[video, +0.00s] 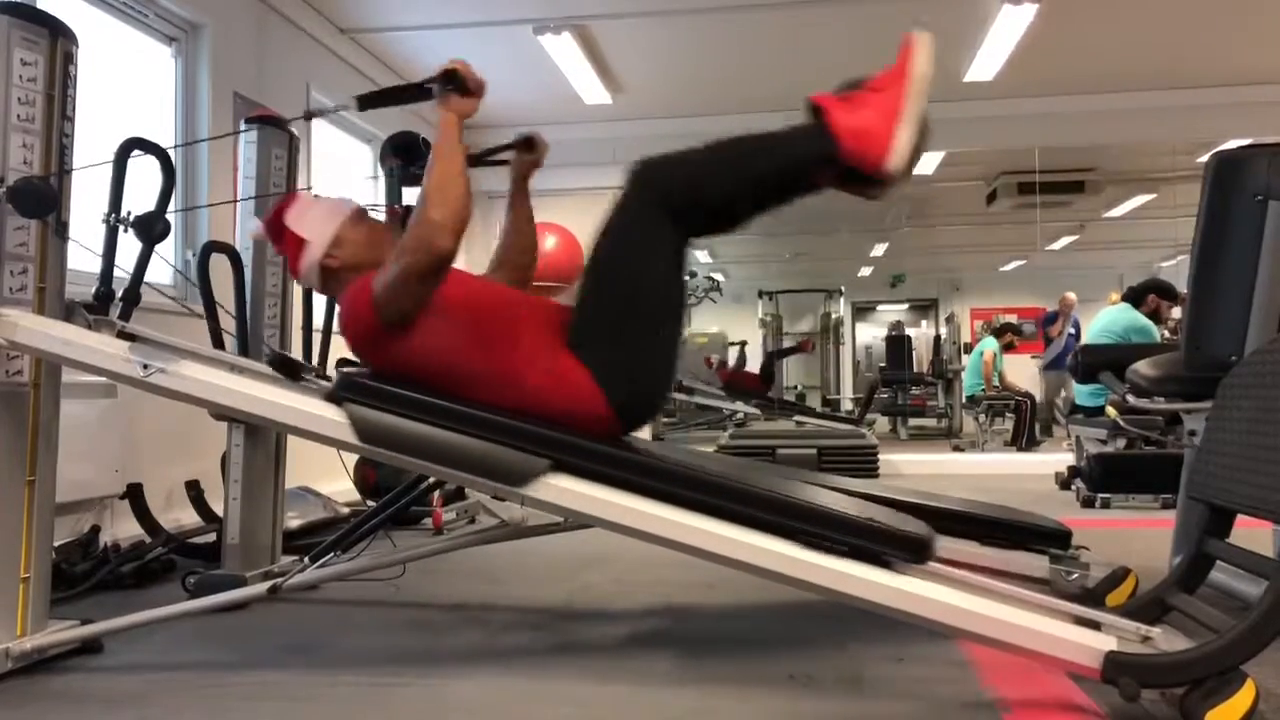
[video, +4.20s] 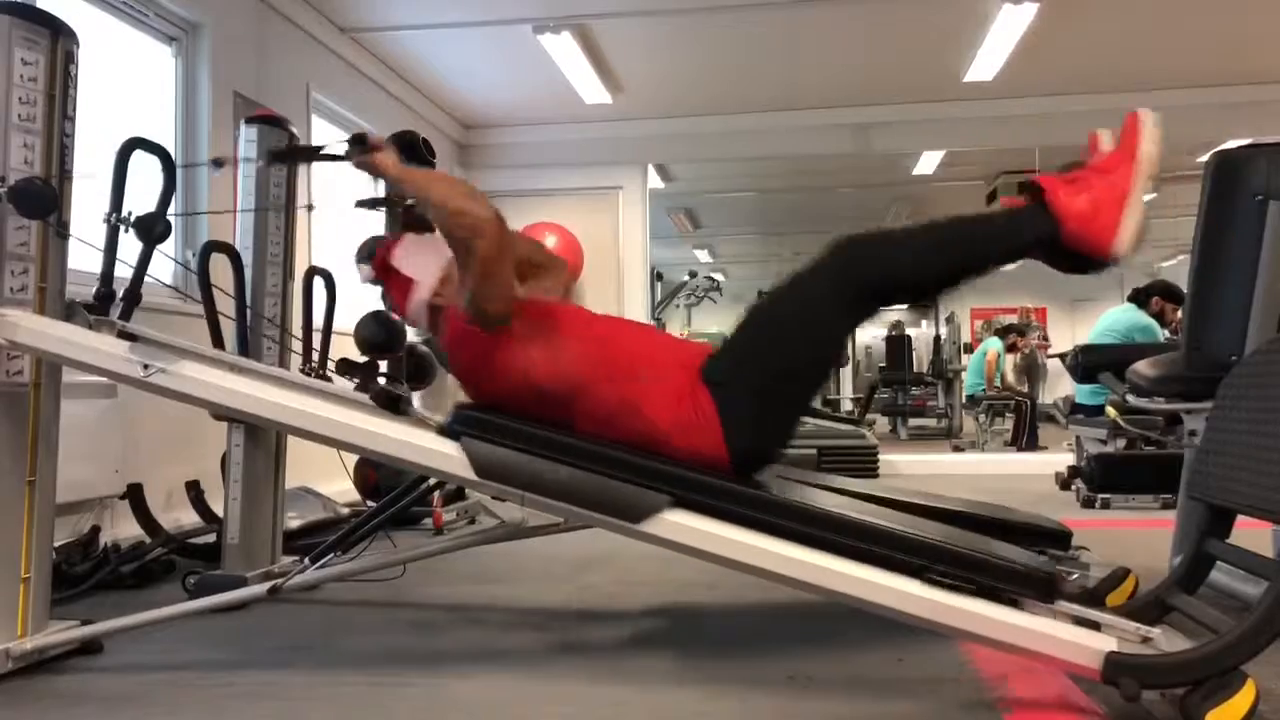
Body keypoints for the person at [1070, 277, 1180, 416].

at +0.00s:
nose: (1169, 315)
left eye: (1171, 309)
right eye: (1169, 308)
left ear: (1151, 301)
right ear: (1152, 301)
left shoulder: (1109, 311)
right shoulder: (1143, 325)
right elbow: (1156, 372)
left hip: (1083, 397)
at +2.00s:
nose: (1175, 319)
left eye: (1177, 312)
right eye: (1173, 310)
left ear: (1153, 302)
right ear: (1154, 302)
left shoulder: (1116, 312)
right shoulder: (1146, 325)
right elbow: (1160, 370)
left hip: (1083, 397)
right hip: (1102, 401)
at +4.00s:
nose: (1175, 318)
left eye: (1177, 311)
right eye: (1173, 310)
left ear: (1154, 304)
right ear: (1156, 303)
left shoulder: (1115, 313)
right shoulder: (1146, 325)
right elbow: (1162, 368)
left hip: (1085, 399)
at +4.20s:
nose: (1175, 319)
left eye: (1177, 312)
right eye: (1174, 311)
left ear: (1155, 303)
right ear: (1156, 303)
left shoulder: (1117, 312)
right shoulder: (1146, 325)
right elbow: (1161, 370)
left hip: (1085, 398)